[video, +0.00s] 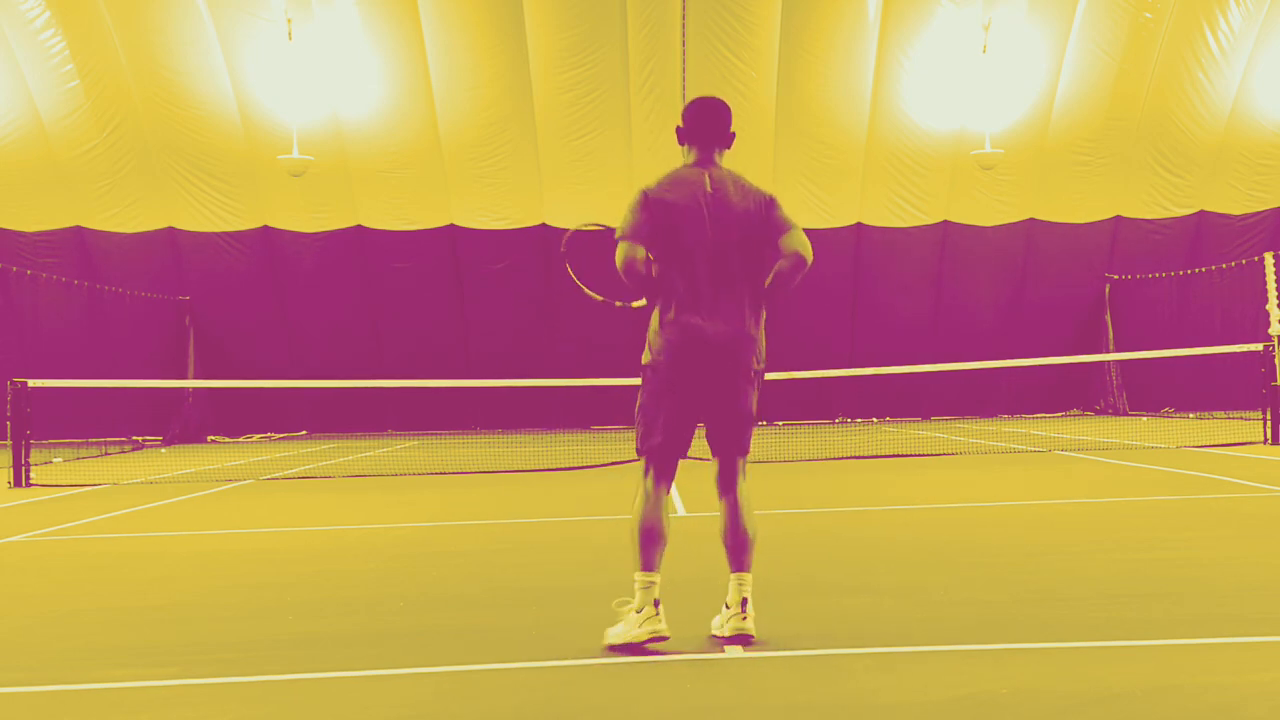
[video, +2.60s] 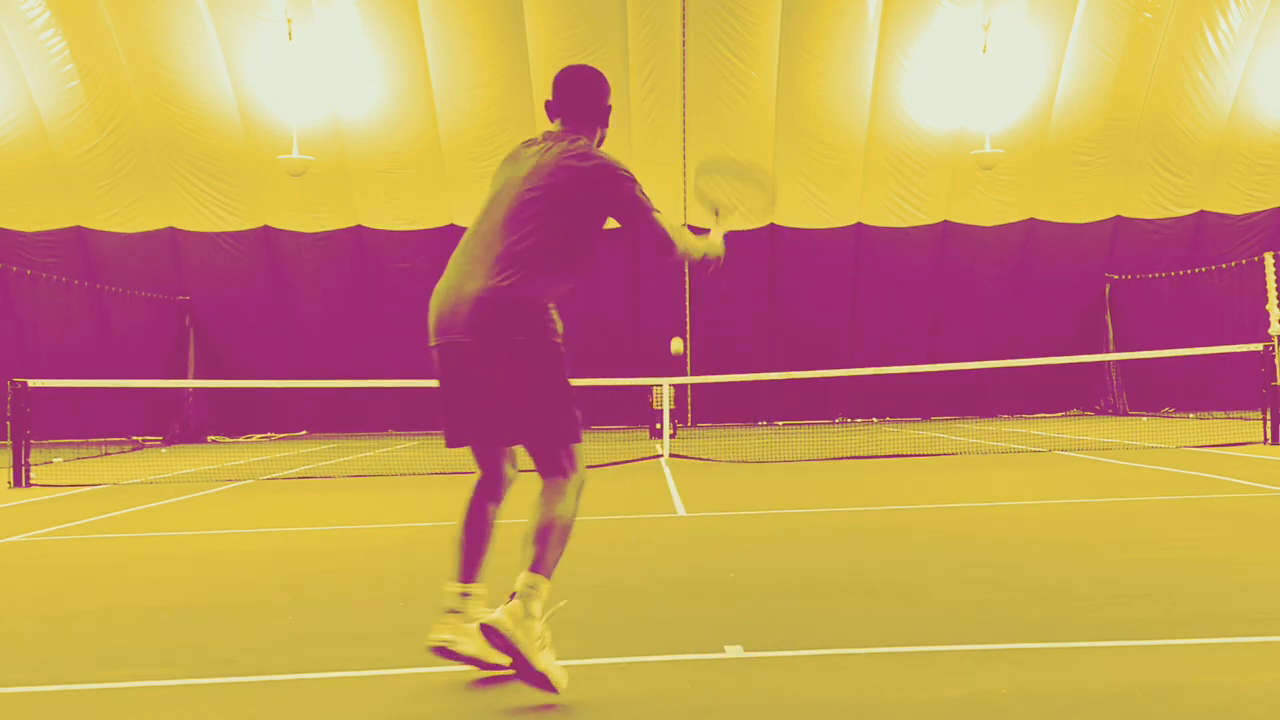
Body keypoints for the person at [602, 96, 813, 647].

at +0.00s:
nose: (697, 148)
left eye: (688, 137)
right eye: (716, 139)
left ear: (681, 138)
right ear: (730, 140)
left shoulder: (657, 196)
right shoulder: (757, 199)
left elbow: (629, 264)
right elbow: (800, 255)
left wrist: (656, 287)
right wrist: (760, 292)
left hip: (676, 347)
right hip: (737, 349)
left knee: (656, 477)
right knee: (732, 480)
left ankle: (646, 608)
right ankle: (739, 608)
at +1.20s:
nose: (678, 147)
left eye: (670, 137)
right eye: (699, 138)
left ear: (664, 141)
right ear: (713, 141)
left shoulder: (643, 195)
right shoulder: (744, 194)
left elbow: (620, 257)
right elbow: (783, 241)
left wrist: (650, 294)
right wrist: (744, 280)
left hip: (673, 347)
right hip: (737, 344)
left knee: (676, 472)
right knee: (741, 460)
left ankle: (679, 597)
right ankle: (759, 548)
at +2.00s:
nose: (700, 169)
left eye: (674, 160)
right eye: (706, 160)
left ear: (660, 161)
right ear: (710, 163)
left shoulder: (626, 219)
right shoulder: (734, 223)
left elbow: (610, 303)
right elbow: (762, 301)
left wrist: (624, 346)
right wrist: (722, 326)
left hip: (646, 367)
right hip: (715, 368)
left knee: (629, 482)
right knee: (719, 483)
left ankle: (609, 585)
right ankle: (734, 604)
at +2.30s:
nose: (642, 173)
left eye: (629, 165)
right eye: (644, 166)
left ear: (592, 167)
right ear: (644, 167)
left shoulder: (556, 227)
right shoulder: (655, 225)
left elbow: (552, 310)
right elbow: (679, 318)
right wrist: (661, 366)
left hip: (563, 383)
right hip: (634, 377)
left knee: (594, 511)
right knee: (678, 492)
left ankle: (548, 622)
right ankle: (704, 614)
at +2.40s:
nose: (626, 165)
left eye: (621, 155)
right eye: (627, 156)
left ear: (575, 158)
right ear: (625, 158)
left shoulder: (541, 213)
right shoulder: (628, 214)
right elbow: (657, 309)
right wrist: (653, 345)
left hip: (526, 368)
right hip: (589, 363)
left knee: (582, 504)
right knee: (647, 488)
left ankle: (543, 637)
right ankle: (630, 620)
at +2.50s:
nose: (614, 134)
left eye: (607, 125)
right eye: (616, 125)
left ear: (564, 124)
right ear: (616, 126)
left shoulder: (531, 177)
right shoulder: (610, 182)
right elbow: (654, 276)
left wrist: (654, 281)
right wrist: (681, 302)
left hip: (486, 324)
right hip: (549, 324)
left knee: (536, 479)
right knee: (602, 471)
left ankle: (531, 619)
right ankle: (561, 603)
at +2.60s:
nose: (603, 124)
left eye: (596, 114)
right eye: (605, 114)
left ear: (551, 113)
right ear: (606, 115)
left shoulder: (517, 159)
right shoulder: (603, 170)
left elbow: (543, 228)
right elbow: (675, 244)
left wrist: (612, 225)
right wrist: (709, 242)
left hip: (449, 319)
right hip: (514, 320)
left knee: (494, 471)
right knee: (562, 473)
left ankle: (460, 615)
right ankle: (525, 609)